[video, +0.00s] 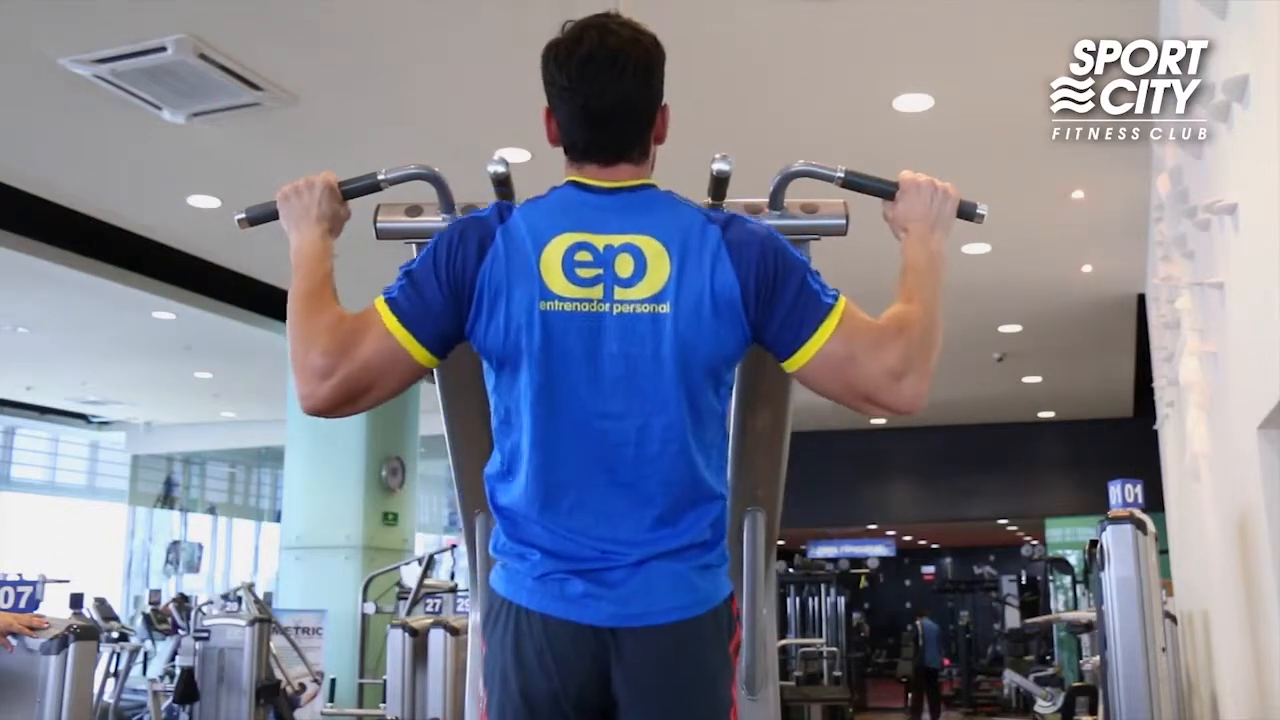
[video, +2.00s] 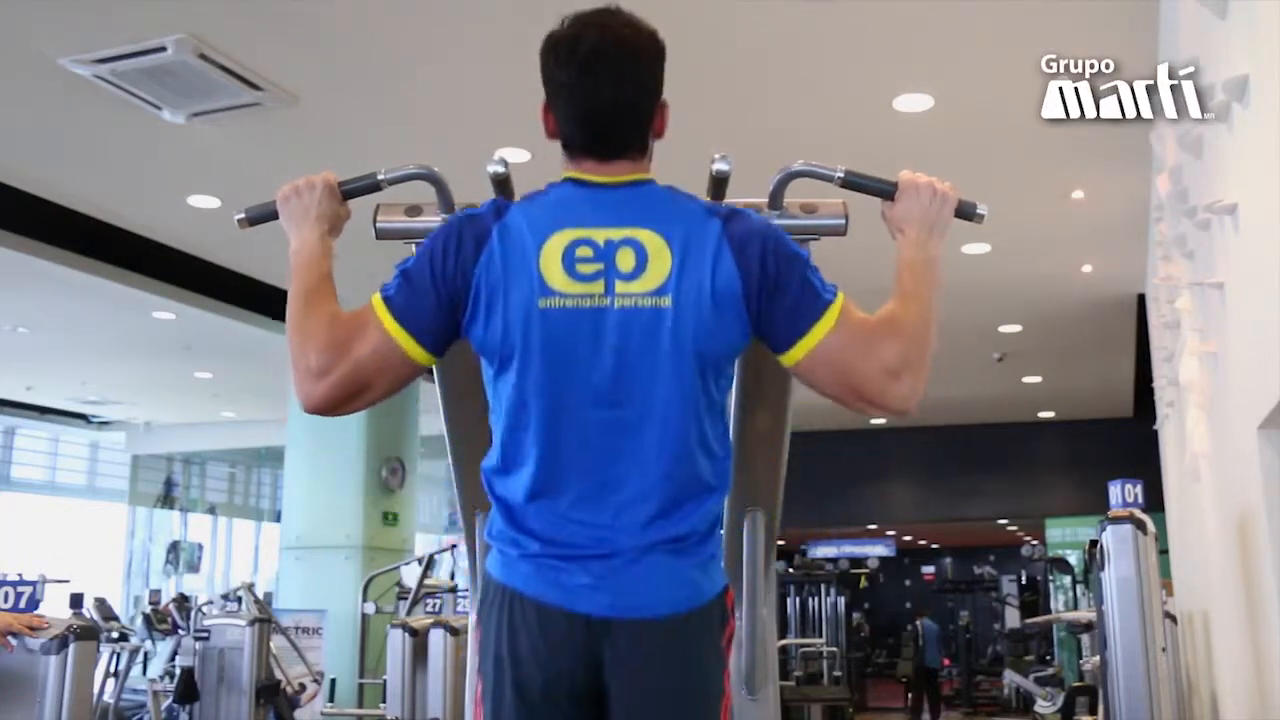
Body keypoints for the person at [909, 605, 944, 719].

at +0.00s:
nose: (916, 618)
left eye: (916, 616)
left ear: (917, 615)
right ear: (928, 614)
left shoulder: (917, 625)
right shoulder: (935, 627)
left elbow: (917, 644)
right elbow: (938, 645)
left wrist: (914, 659)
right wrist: (939, 659)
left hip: (921, 663)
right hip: (934, 664)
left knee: (918, 692)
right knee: (933, 691)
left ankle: (916, 715)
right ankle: (935, 715)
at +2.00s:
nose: (916, 618)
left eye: (916, 616)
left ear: (917, 615)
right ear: (928, 614)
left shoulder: (917, 625)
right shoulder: (935, 627)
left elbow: (917, 644)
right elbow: (938, 645)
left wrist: (914, 659)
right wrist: (939, 659)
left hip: (921, 664)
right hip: (934, 664)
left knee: (918, 692)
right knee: (933, 691)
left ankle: (916, 715)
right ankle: (935, 715)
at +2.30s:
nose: (916, 618)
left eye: (916, 616)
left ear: (917, 615)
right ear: (928, 614)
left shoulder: (917, 625)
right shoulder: (935, 627)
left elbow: (917, 644)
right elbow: (938, 645)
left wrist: (914, 659)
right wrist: (939, 659)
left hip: (921, 664)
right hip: (934, 664)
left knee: (918, 692)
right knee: (933, 691)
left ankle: (916, 715)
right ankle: (935, 715)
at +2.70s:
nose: (916, 618)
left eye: (916, 616)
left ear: (917, 615)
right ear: (928, 614)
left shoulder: (917, 625)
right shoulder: (935, 627)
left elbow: (917, 644)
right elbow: (938, 645)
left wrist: (914, 659)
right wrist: (939, 659)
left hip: (921, 664)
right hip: (934, 664)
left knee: (918, 692)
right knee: (933, 691)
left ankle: (916, 715)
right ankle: (935, 715)